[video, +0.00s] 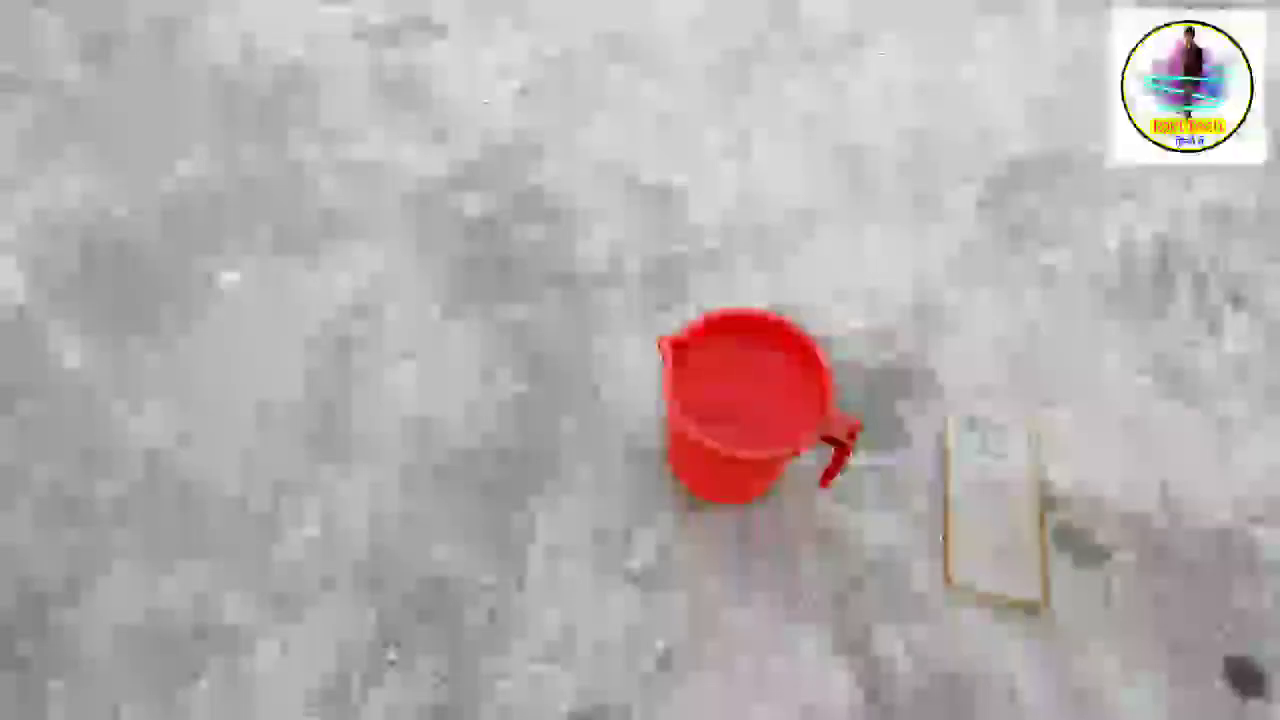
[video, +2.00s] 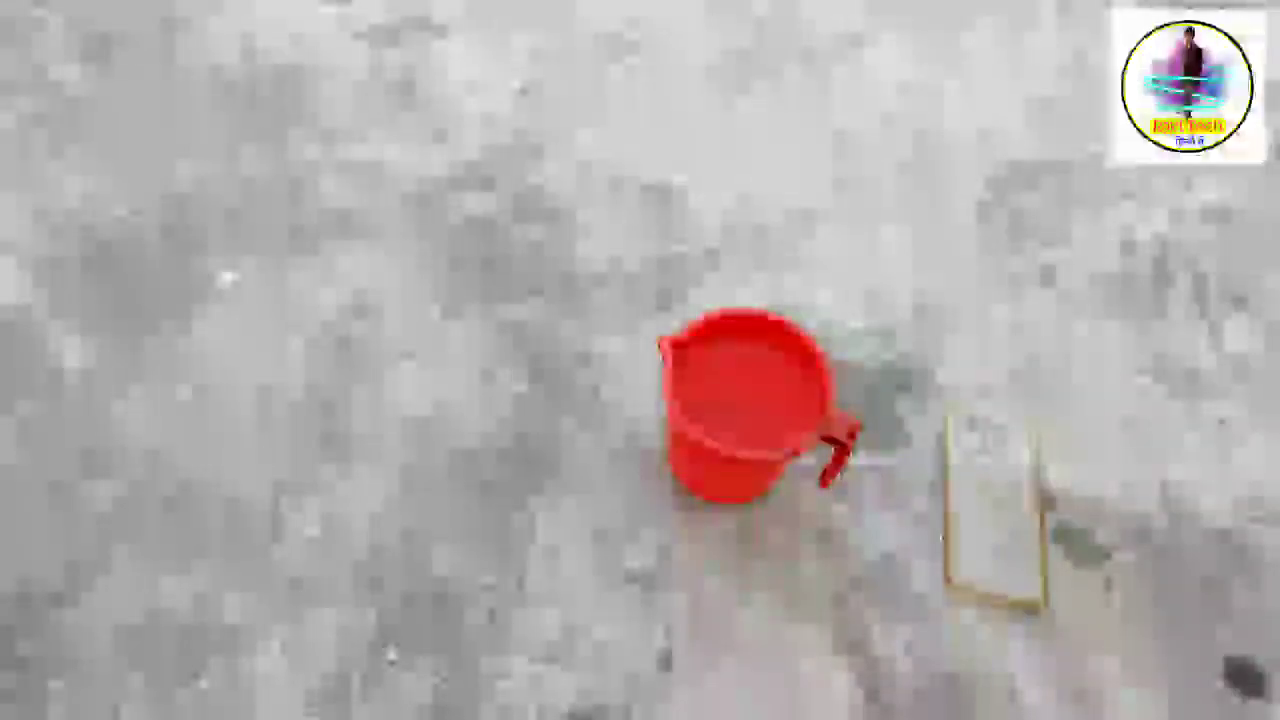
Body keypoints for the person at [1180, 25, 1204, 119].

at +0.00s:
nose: (1187, 38)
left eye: (1189, 35)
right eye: (1186, 35)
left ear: (1193, 36)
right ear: (1184, 36)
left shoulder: (1197, 50)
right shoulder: (1182, 50)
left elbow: (1199, 64)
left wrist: (1198, 75)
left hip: (1194, 75)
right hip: (1184, 74)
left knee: (1190, 93)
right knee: (1186, 93)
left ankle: (1188, 112)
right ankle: (1186, 112)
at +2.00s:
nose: (1187, 38)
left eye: (1189, 36)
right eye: (1186, 36)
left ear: (1193, 36)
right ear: (1184, 36)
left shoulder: (1197, 50)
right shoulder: (1181, 49)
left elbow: (1199, 64)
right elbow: (1176, 61)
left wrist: (1197, 75)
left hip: (1193, 75)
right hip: (1183, 74)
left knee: (1190, 93)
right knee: (1185, 93)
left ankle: (1188, 111)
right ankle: (1186, 111)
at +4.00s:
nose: (1188, 38)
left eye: (1190, 35)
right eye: (1187, 35)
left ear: (1193, 36)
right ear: (1184, 36)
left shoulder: (1198, 50)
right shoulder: (1182, 49)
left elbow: (1199, 64)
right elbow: (1179, 62)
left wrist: (1198, 74)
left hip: (1194, 74)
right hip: (1184, 74)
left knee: (1191, 92)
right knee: (1186, 92)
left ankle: (1189, 111)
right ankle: (1186, 111)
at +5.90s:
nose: (1188, 38)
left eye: (1190, 36)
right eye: (1187, 35)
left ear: (1193, 36)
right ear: (1184, 36)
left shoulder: (1197, 50)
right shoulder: (1181, 49)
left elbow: (1199, 64)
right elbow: (1175, 61)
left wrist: (1197, 74)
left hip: (1193, 74)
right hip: (1183, 74)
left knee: (1190, 93)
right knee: (1185, 93)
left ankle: (1188, 112)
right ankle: (1186, 112)